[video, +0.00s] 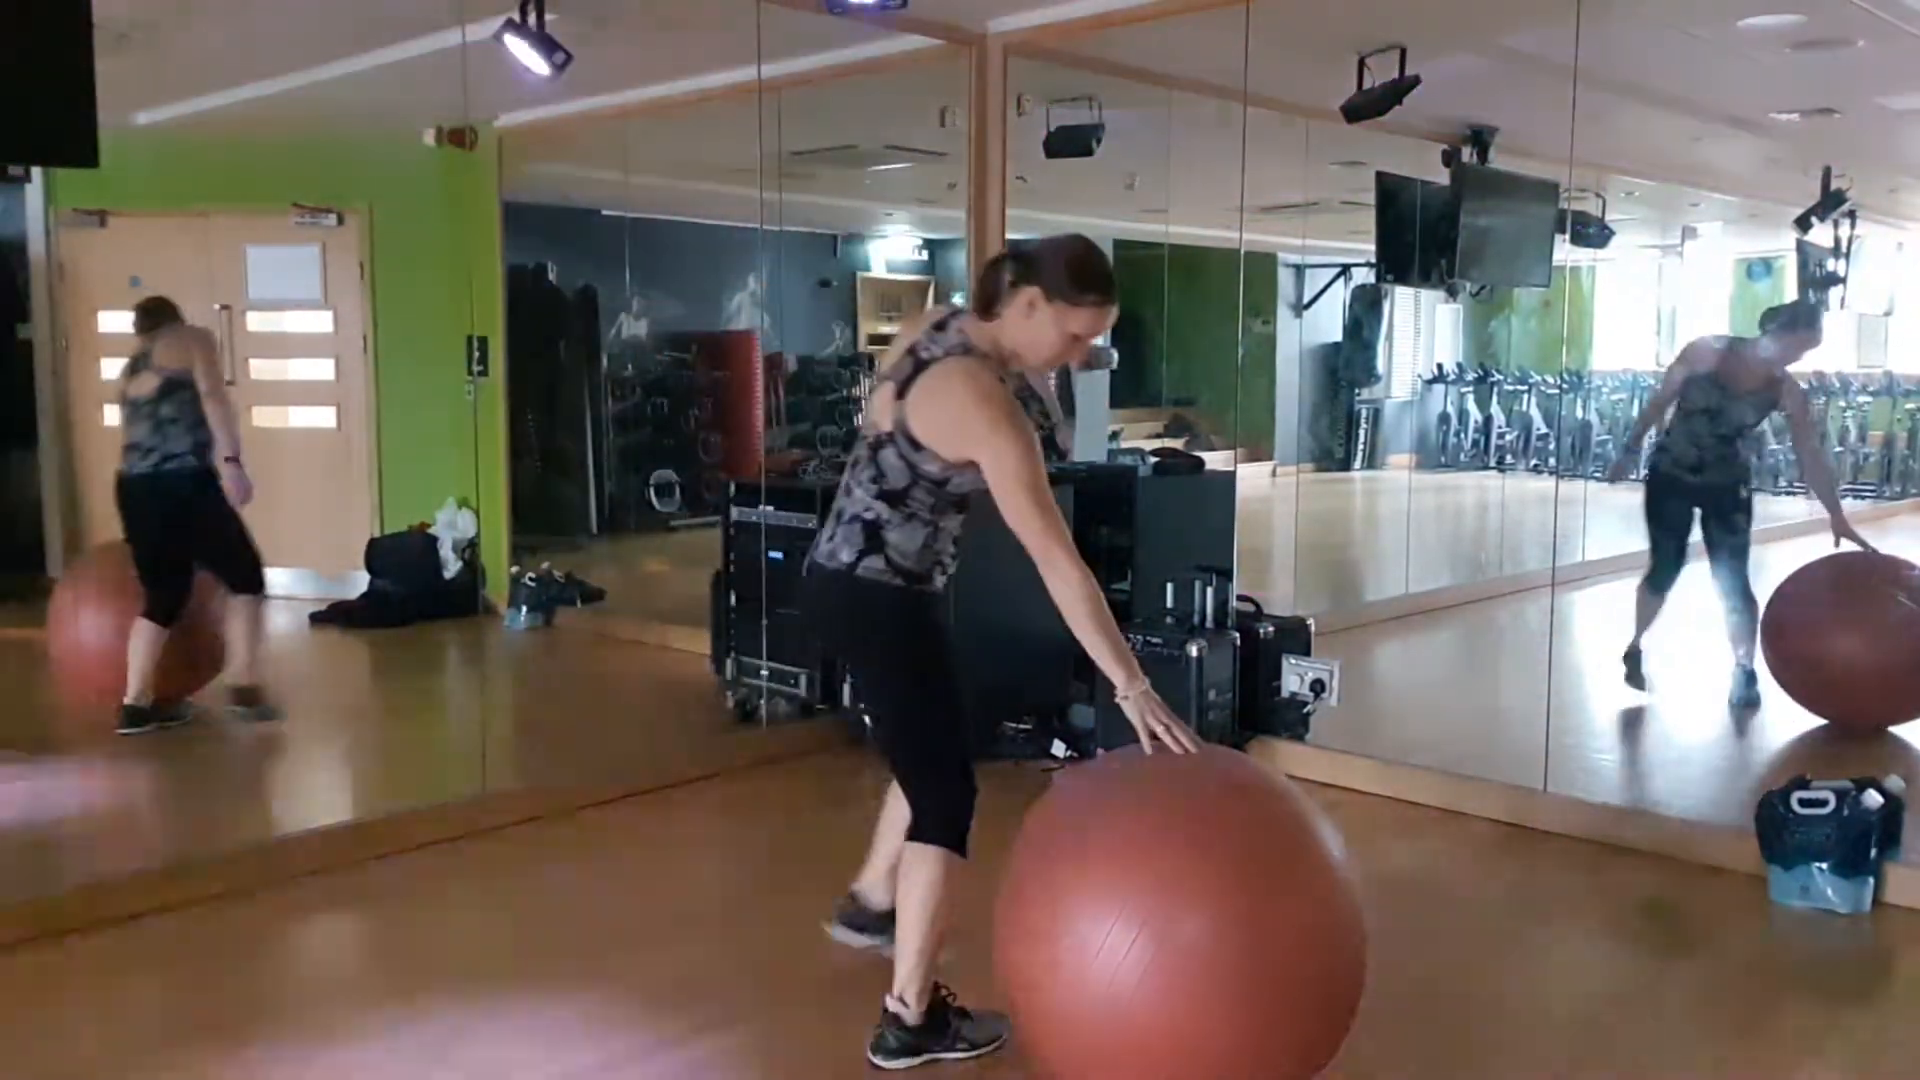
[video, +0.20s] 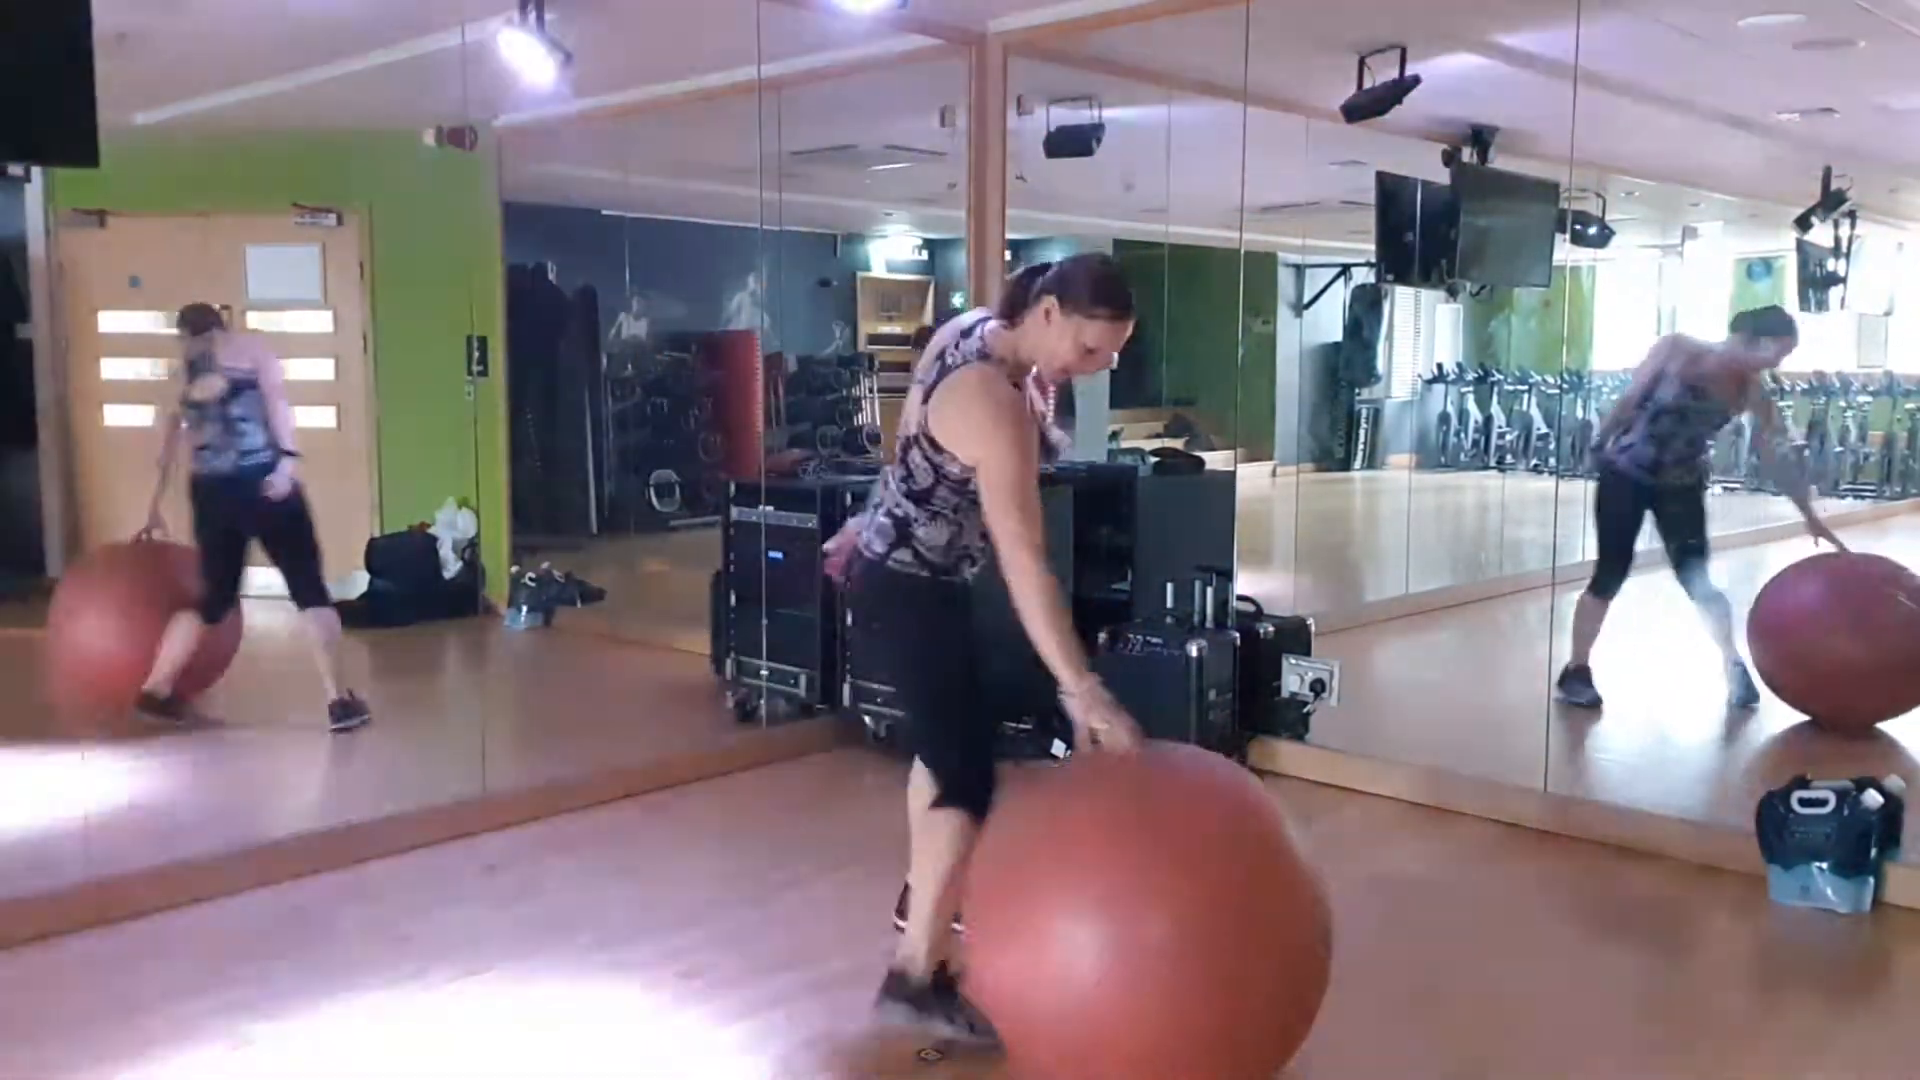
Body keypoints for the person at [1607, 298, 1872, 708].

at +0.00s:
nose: (1800, 356)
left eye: (1807, 349)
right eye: (1801, 345)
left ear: (1796, 344)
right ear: (1778, 333)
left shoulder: (1786, 391)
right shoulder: (1705, 353)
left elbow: (1811, 456)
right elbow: (1660, 401)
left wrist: (1837, 516)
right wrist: (1629, 451)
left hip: (1725, 478)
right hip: (1671, 470)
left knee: (1732, 579)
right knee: (1666, 566)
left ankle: (1744, 671)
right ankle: (1634, 646)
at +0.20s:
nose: (1774, 365)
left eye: (1780, 357)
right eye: (1774, 353)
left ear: (1771, 351)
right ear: (1751, 338)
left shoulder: (1753, 395)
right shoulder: (1676, 350)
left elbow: (1776, 460)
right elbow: (1632, 399)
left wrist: (1811, 517)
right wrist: (1600, 439)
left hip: (1680, 480)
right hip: (1626, 470)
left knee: (1697, 582)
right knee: (1610, 572)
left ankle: (1734, 667)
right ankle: (1576, 670)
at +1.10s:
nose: (1729, 360)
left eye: (1734, 352)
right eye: (1732, 349)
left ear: (1715, 335)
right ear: (1717, 333)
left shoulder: (1688, 379)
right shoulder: (1643, 360)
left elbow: (1662, 443)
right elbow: (1603, 422)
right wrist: (1582, 485)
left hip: (1669, 497)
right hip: (1620, 495)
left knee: (1690, 598)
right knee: (1656, 590)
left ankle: (1672, 691)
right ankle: (1614, 692)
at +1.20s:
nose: (1715, 357)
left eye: (1721, 350)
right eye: (1718, 346)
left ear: (1704, 339)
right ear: (1698, 331)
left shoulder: (1682, 384)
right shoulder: (1633, 368)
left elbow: (1664, 448)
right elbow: (1592, 428)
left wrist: (1675, 501)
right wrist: (1574, 493)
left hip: (1670, 504)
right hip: (1620, 503)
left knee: (1689, 603)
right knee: (1653, 599)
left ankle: (1673, 698)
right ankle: (1610, 693)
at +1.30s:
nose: (1707, 357)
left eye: (1712, 349)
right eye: (1707, 347)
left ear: (1692, 341)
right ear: (1684, 336)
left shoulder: (1679, 386)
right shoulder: (1621, 377)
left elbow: (1664, 447)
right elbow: (1582, 437)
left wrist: (1673, 496)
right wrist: (1570, 497)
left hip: (1668, 502)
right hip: (1618, 503)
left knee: (1686, 607)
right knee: (1652, 601)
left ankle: (1674, 699)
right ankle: (1611, 694)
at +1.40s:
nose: (1696, 362)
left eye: (1699, 355)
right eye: (1695, 353)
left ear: (1679, 346)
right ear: (1675, 344)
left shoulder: (1674, 390)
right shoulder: (1612, 385)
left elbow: (1652, 452)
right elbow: (1577, 444)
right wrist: (1568, 502)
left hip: (1664, 507)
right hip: (1615, 508)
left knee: (1685, 607)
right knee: (1652, 602)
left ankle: (1673, 699)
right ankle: (1610, 694)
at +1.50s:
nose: (1682, 376)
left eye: (1686, 369)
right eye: (1680, 367)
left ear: (1681, 360)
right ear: (1658, 355)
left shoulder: (1672, 395)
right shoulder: (1602, 395)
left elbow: (1651, 452)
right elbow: (1571, 457)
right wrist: (1565, 510)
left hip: (1660, 511)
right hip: (1608, 513)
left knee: (1685, 606)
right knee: (1653, 598)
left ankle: (1673, 698)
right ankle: (1612, 693)